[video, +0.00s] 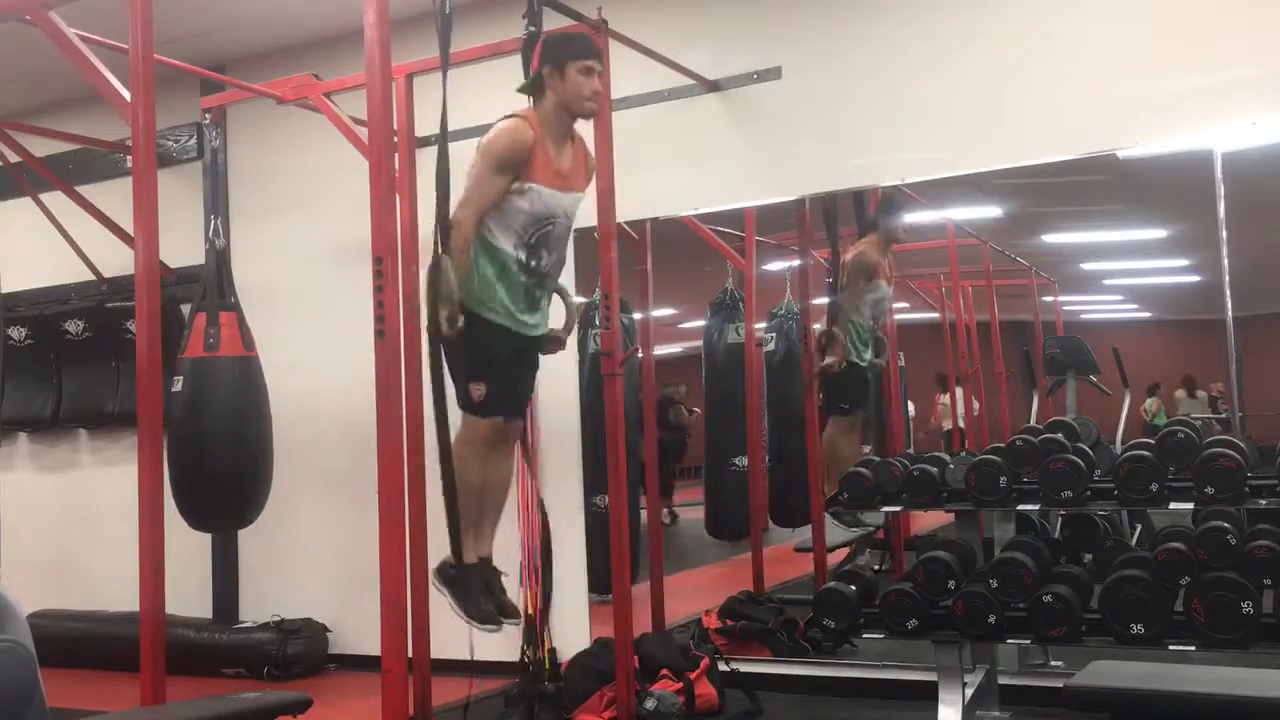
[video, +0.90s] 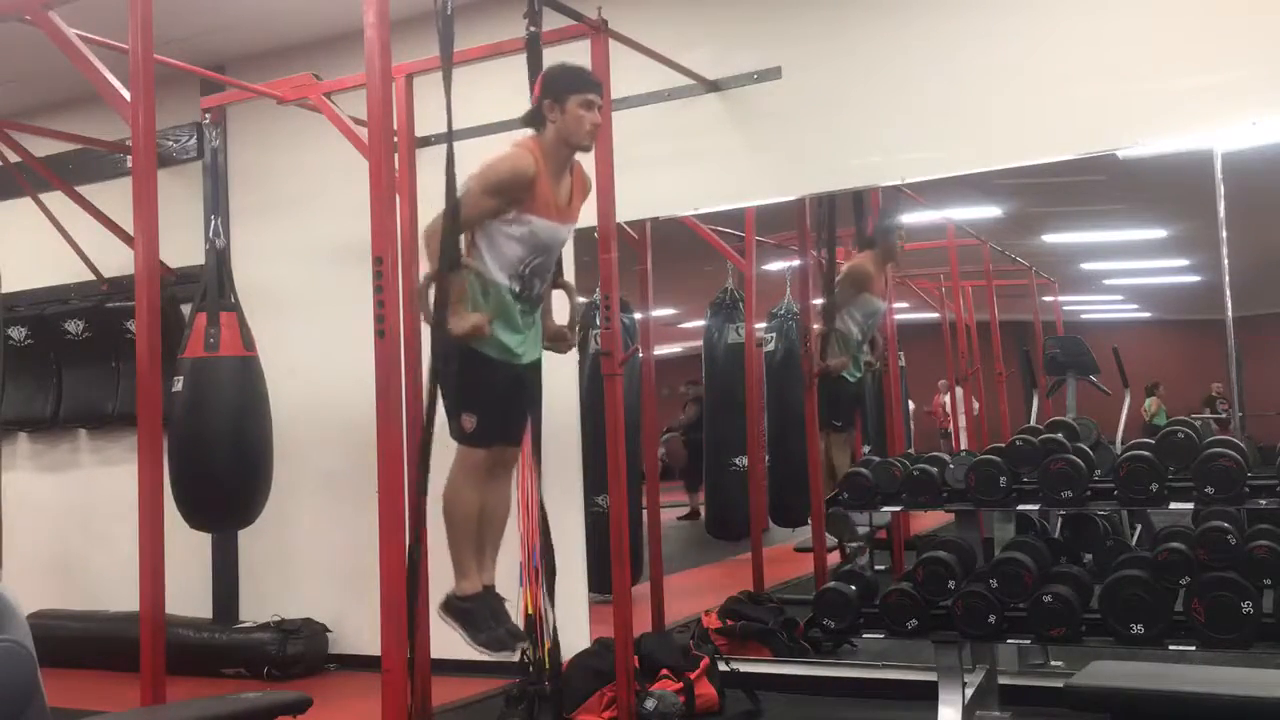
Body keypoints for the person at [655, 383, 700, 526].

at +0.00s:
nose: (683, 393)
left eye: (683, 390)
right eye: (682, 390)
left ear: (663, 390)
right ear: (676, 391)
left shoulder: (658, 405)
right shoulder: (675, 406)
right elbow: (686, 422)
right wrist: (695, 414)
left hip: (659, 450)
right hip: (669, 451)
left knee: (666, 483)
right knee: (665, 483)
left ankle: (670, 510)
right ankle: (661, 515)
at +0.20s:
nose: (688, 396)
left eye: (688, 392)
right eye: (686, 393)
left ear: (669, 393)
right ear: (682, 394)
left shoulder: (661, 409)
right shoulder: (682, 410)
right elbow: (690, 426)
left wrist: (692, 417)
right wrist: (699, 421)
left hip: (665, 451)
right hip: (681, 452)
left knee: (672, 483)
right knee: (684, 484)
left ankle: (677, 512)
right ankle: (666, 506)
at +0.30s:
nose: (690, 393)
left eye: (689, 390)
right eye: (689, 390)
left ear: (671, 392)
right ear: (687, 392)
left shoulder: (664, 407)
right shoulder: (689, 406)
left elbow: (658, 427)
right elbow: (696, 424)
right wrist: (706, 423)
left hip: (668, 447)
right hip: (689, 447)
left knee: (672, 479)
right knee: (696, 480)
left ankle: (677, 511)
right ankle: (681, 496)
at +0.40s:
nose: (694, 391)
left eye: (692, 388)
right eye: (692, 388)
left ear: (676, 390)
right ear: (692, 390)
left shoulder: (666, 407)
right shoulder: (698, 406)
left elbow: (660, 429)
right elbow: (703, 428)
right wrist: (704, 444)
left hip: (671, 450)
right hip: (693, 449)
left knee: (674, 482)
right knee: (697, 479)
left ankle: (676, 512)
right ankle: (693, 504)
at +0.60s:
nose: (695, 392)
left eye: (693, 389)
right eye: (694, 389)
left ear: (685, 391)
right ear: (699, 390)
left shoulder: (676, 407)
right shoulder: (705, 405)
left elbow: (668, 427)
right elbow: (711, 427)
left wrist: (666, 444)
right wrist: (712, 443)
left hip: (681, 448)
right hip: (702, 448)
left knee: (678, 480)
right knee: (705, 479)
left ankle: (678, 511)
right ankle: (712, 509)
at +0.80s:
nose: (684, 394)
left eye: (686, 391)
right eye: (684, 391)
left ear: (691, 390)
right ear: (700, 390)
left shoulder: (690, 404)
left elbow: (684, 422)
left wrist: (667, 432)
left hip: (693, 444)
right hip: (708, 443)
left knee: (686, 475)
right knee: (711, 476)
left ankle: (689, 509)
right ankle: (717, 509)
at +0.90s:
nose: (686, 392)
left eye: (688, 389)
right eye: (686, 389)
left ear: (693, 390)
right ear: (697, 390)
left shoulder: (694, 403)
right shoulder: (703, 402)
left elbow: (688, 420)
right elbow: (688, 422)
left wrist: (671, 427)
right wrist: (675, 427)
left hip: (695, 445)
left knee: (691, 476)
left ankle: (694, 509)